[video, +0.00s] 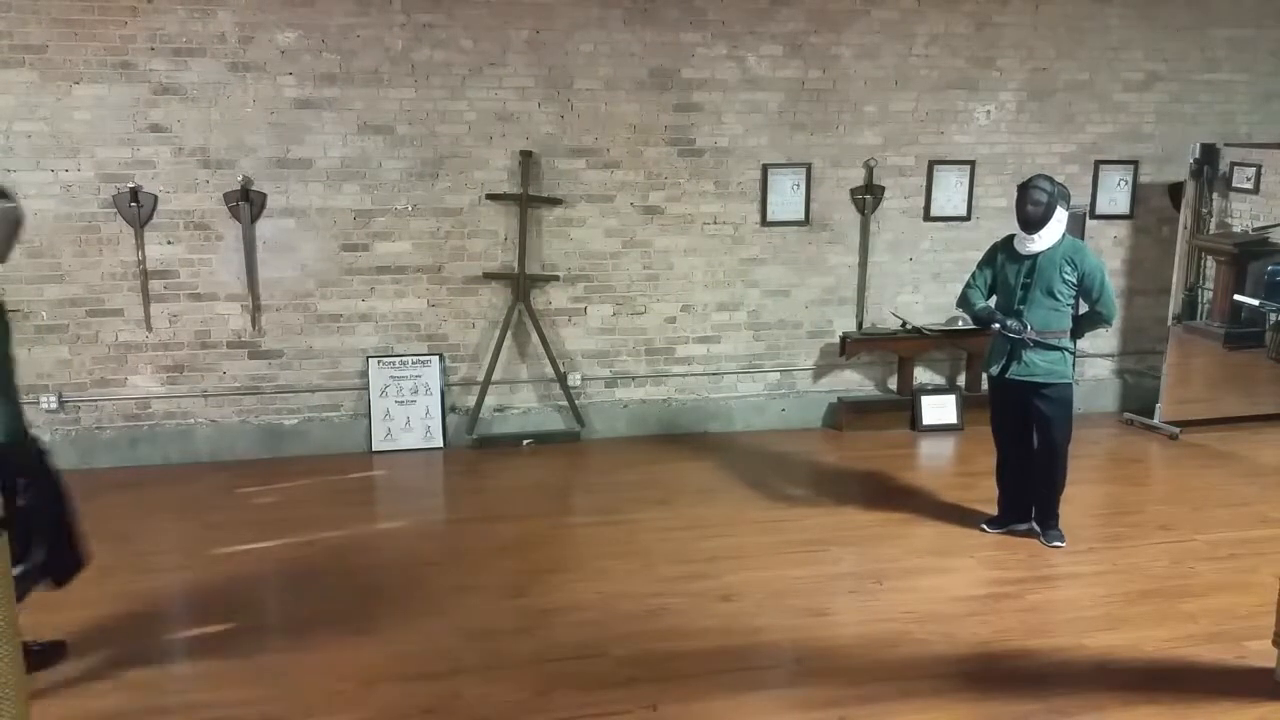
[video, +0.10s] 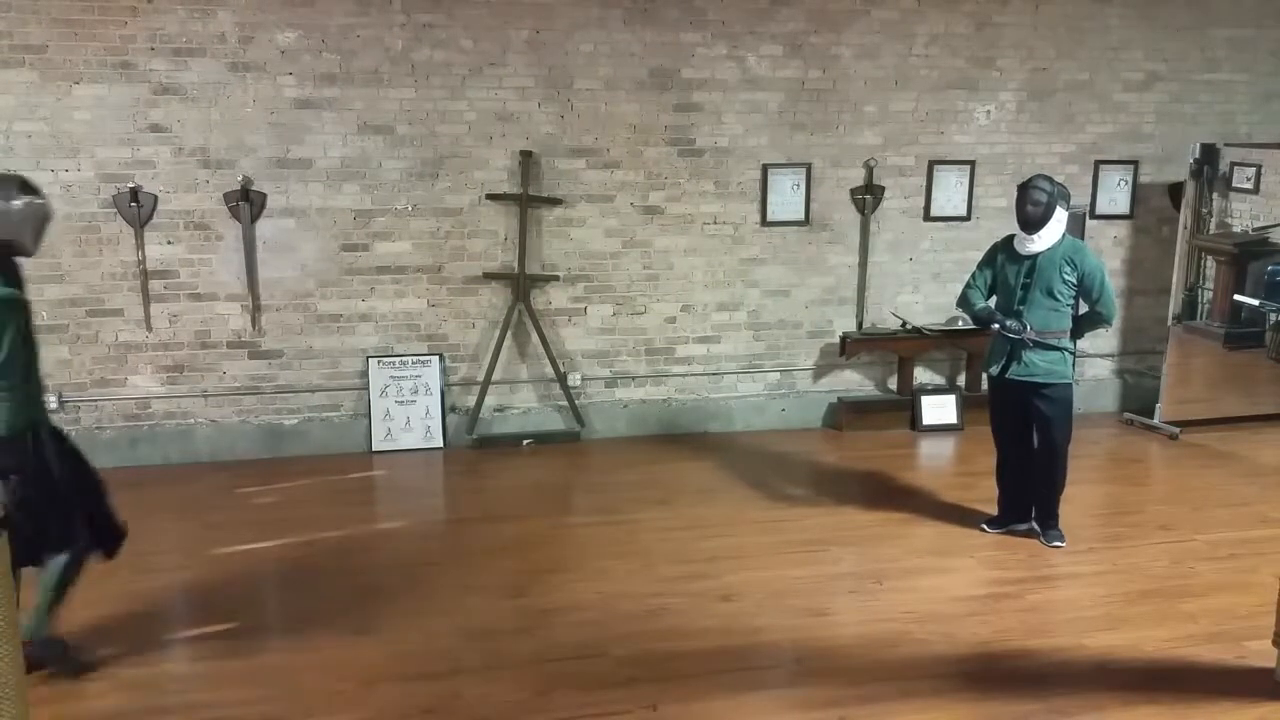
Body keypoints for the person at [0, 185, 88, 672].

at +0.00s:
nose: (14, 237)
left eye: (14, 227)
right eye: (12, 226)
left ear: (12, 229)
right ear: (7, 228)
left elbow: (9, 396)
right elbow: (7, 402)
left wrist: (21, 454)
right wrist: (19, 458)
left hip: (14, 444)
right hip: (12, 448)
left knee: (36, 546)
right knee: (45, 550)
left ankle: (11, 643)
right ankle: (10, 642)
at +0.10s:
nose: (37, 232)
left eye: (37, 221)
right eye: (31, 221)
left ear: (8, 225)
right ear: (12, 224)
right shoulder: (7, 291)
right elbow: (14, 383)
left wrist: (35, 445)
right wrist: (15, 458)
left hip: (25, 437)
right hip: (20, 442)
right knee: (81, 524)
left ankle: (36, 633)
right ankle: (37, 632)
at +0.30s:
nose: (94, 236)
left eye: (94, 226)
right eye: (88, 226)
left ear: (45, 229)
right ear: (67, 229)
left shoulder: (20, 285)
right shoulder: (49, 298)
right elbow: (32, 384)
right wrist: (32, 460)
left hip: (23, 437)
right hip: (65, 435)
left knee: (20, 544)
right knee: (120, 519)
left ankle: (12, 645)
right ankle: (178, 602)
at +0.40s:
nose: (118, 235)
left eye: (117, 225)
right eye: (112, 226)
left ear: (69, 228)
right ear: (94, 230)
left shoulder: (49, 286)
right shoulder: (83, 295)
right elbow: (72, 376)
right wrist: (61, 447)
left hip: (53, 428)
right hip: (96, 429)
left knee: (45, 531)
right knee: (151, 511)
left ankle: (16, 638)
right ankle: (188, 601)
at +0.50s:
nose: (147, 227)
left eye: (146, 218)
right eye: (141, 218)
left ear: (97, 224)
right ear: (121, 223)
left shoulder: (73, 278)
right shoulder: (116, 288)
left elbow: (72, 349)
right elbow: (114, 369)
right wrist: (112, 438)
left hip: (86, 418)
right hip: (130, 420)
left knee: (94, 516)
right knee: (173, 502)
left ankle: (40, 612)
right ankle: (191, 600)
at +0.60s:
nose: (172, 219)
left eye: (170, 210)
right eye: (166, 211)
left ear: (122, 215)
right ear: (147, 215)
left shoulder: (96, 267)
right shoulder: (141, 278)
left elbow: (93, 342)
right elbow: (153, 357)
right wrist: (174, 410)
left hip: (111, 404)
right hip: (148, 405)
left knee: (137, 506)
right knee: (180, 503)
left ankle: (88, 585)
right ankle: (191, 601)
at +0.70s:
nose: (189, 216)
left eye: (188, 207)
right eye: (182, 208)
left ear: (137, 211)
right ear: (165, 211)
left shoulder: (116, 262)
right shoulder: (161, 274)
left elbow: (114, 338)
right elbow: (195, 355)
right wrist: (242, 415)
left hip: (133, 395)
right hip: (168, 398)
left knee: (165, 490)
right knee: (188, 493)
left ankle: (148, 580)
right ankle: (192, 601)